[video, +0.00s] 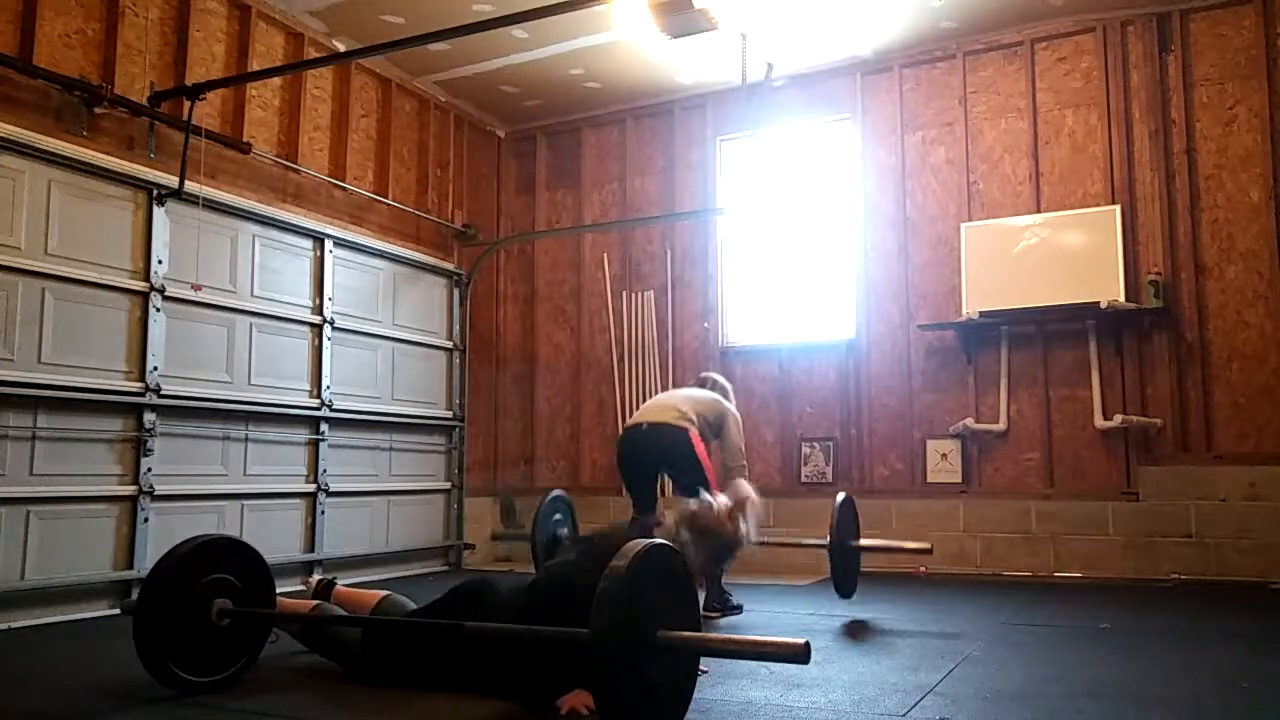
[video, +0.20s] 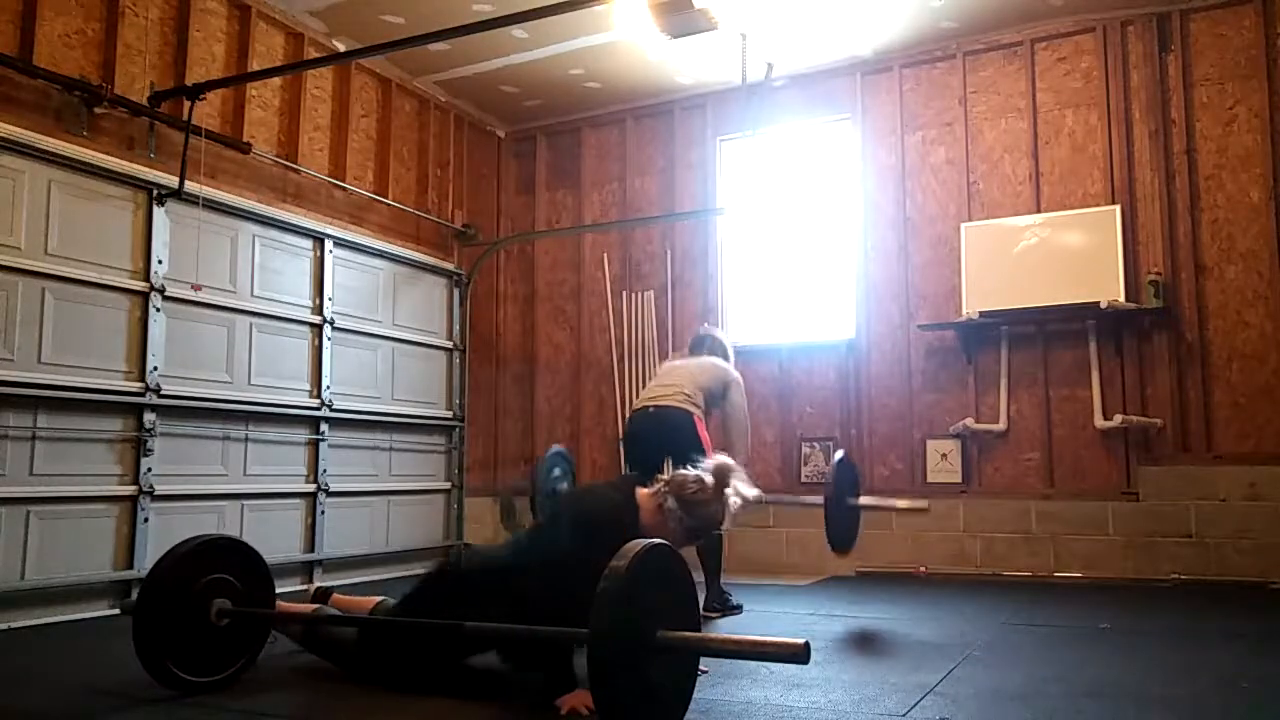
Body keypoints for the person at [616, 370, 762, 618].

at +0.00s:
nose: (730, 406)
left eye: (729, 401)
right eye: (729, 401)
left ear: (696, 388)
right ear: (723, 396)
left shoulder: (670, 397)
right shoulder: (724, 408)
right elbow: (735, 469)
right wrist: (744, 514)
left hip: (633, 436)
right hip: (678, 435)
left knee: (644, 515)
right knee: (706, 513)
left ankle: (629, 590)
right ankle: (715, 595)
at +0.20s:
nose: (728, 362)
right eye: (728, 357)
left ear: (692, 351)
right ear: (723, 355)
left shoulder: (669, 365)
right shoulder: (726, 371)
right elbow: (737, 432)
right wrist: (735, 474)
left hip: (637, 421)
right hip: (679, 421)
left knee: (644, 510)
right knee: (705, 507)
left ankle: (642, 593)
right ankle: (714, 594)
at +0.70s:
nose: (723, 329)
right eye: (721, 322)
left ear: (683, 322)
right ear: (716, 323)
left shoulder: (663, 347)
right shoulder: (723, 347)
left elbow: (631, 386)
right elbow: (738, 388)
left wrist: (637, 418)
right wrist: (739, 432)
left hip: (643, 422)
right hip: (683, 423)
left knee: (645, 508)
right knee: (711, 506)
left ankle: (634, 593)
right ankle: (724, 592)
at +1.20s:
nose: (725, 335)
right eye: (724, 330)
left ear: (686, 328)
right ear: (718, 330)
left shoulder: (668, 352)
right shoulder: (725, 355)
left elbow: (660, 396)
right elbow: (740, 410)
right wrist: (742, 455)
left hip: (645, 423)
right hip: (685, 424)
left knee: (652, 508)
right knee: (714, 508)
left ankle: (629, 585)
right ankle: (723, 591)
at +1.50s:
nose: (727, 342)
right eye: (727, 337)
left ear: (692, 331)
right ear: (721, 333)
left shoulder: (669, 351)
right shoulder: (729, 349)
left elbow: (636, 391)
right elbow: (745, 381)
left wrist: (643, 426)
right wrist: (745, 429)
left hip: (646, 425)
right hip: (686, 425)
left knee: (653, 506)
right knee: (715, 508)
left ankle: (632, 587)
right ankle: (723, 592)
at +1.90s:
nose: (733, 346)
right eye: (733, 342)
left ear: (698, 335)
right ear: (727, 338)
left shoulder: (675, 353)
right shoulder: (732, 354)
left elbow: (639, 392)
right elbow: (746, 386)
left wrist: (646, 428)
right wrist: (744, 431)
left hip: (646, 422)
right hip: (685, 423)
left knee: (652, 506)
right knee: (713, 508)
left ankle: (632, 587)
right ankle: (723, 591)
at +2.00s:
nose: (737, 361)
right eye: (736, 356)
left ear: (698, 347)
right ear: (729, 353)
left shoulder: (675, 363)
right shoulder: (732, 370)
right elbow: (746, 421)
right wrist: (746, 468)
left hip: (643, 428)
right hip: (683, 430)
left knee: (650, 509)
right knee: (716, 509)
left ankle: (634, 587)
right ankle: (723, 592)